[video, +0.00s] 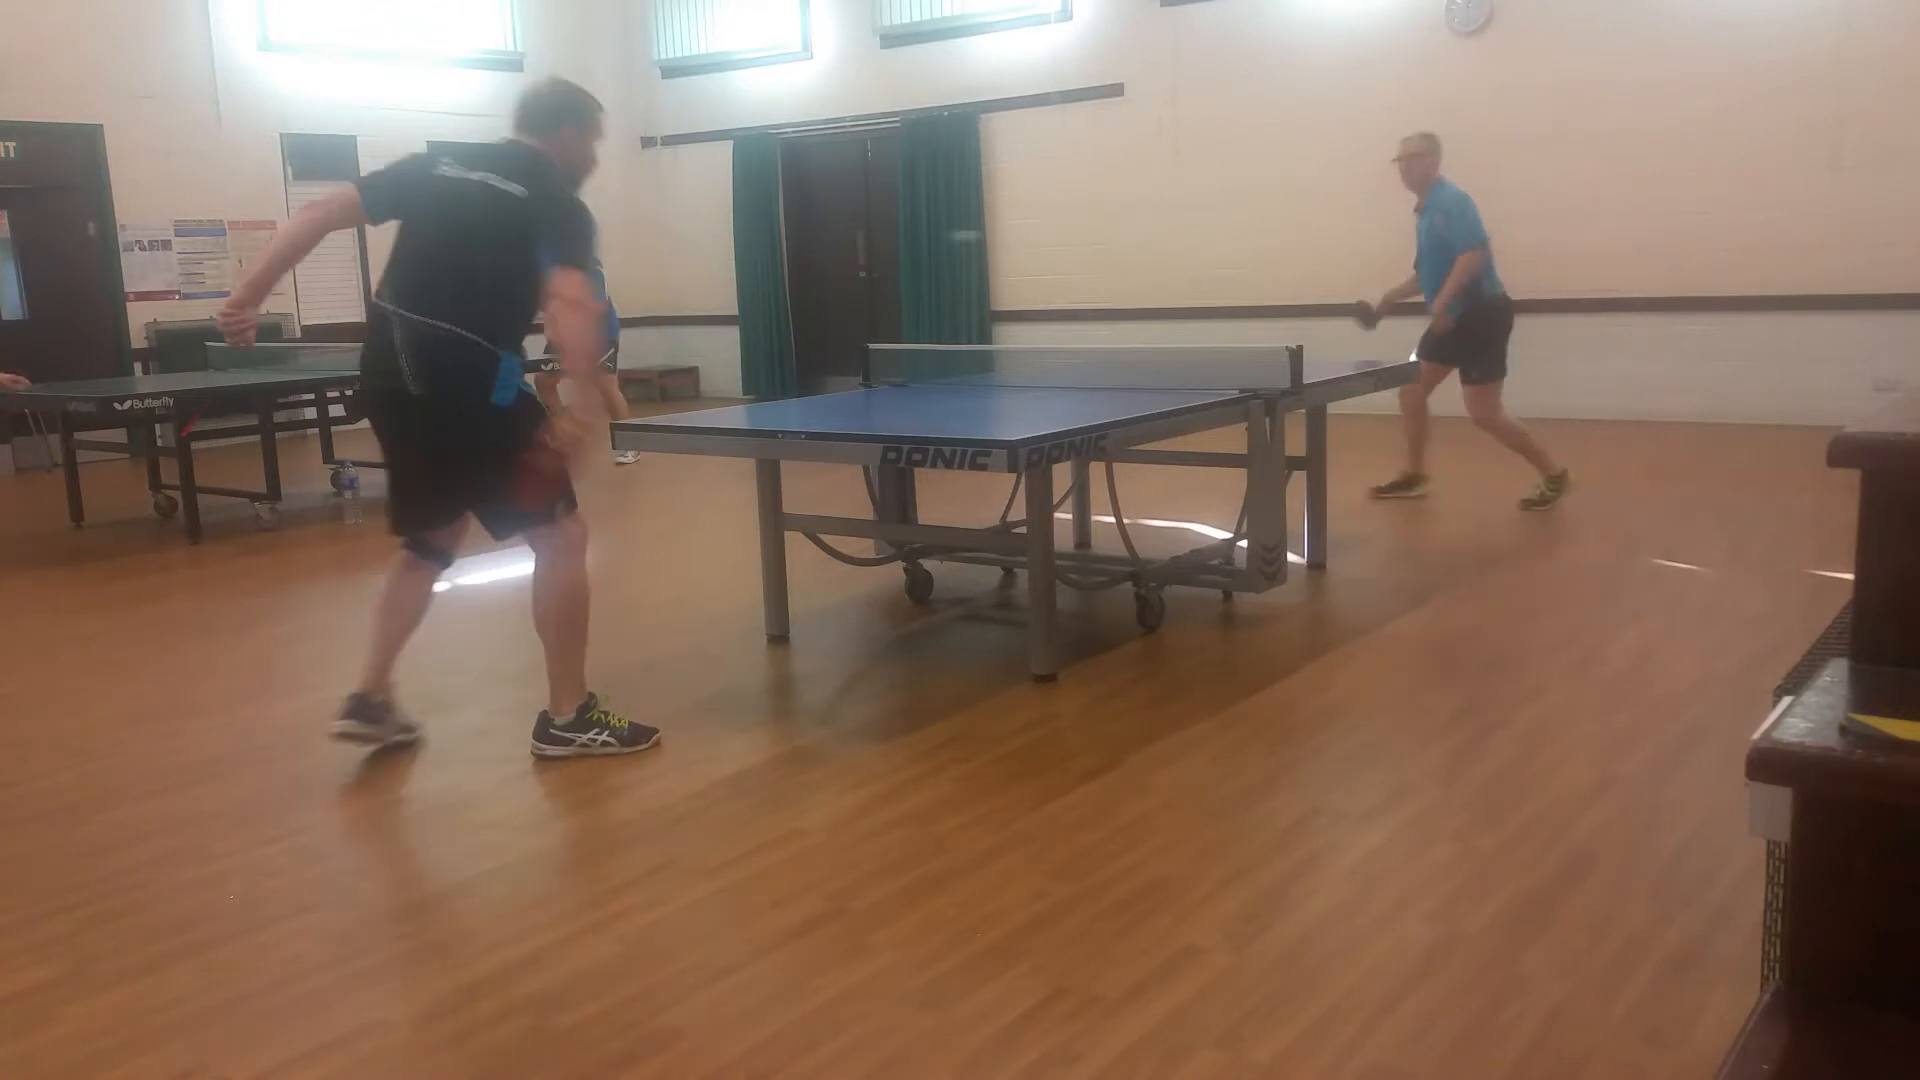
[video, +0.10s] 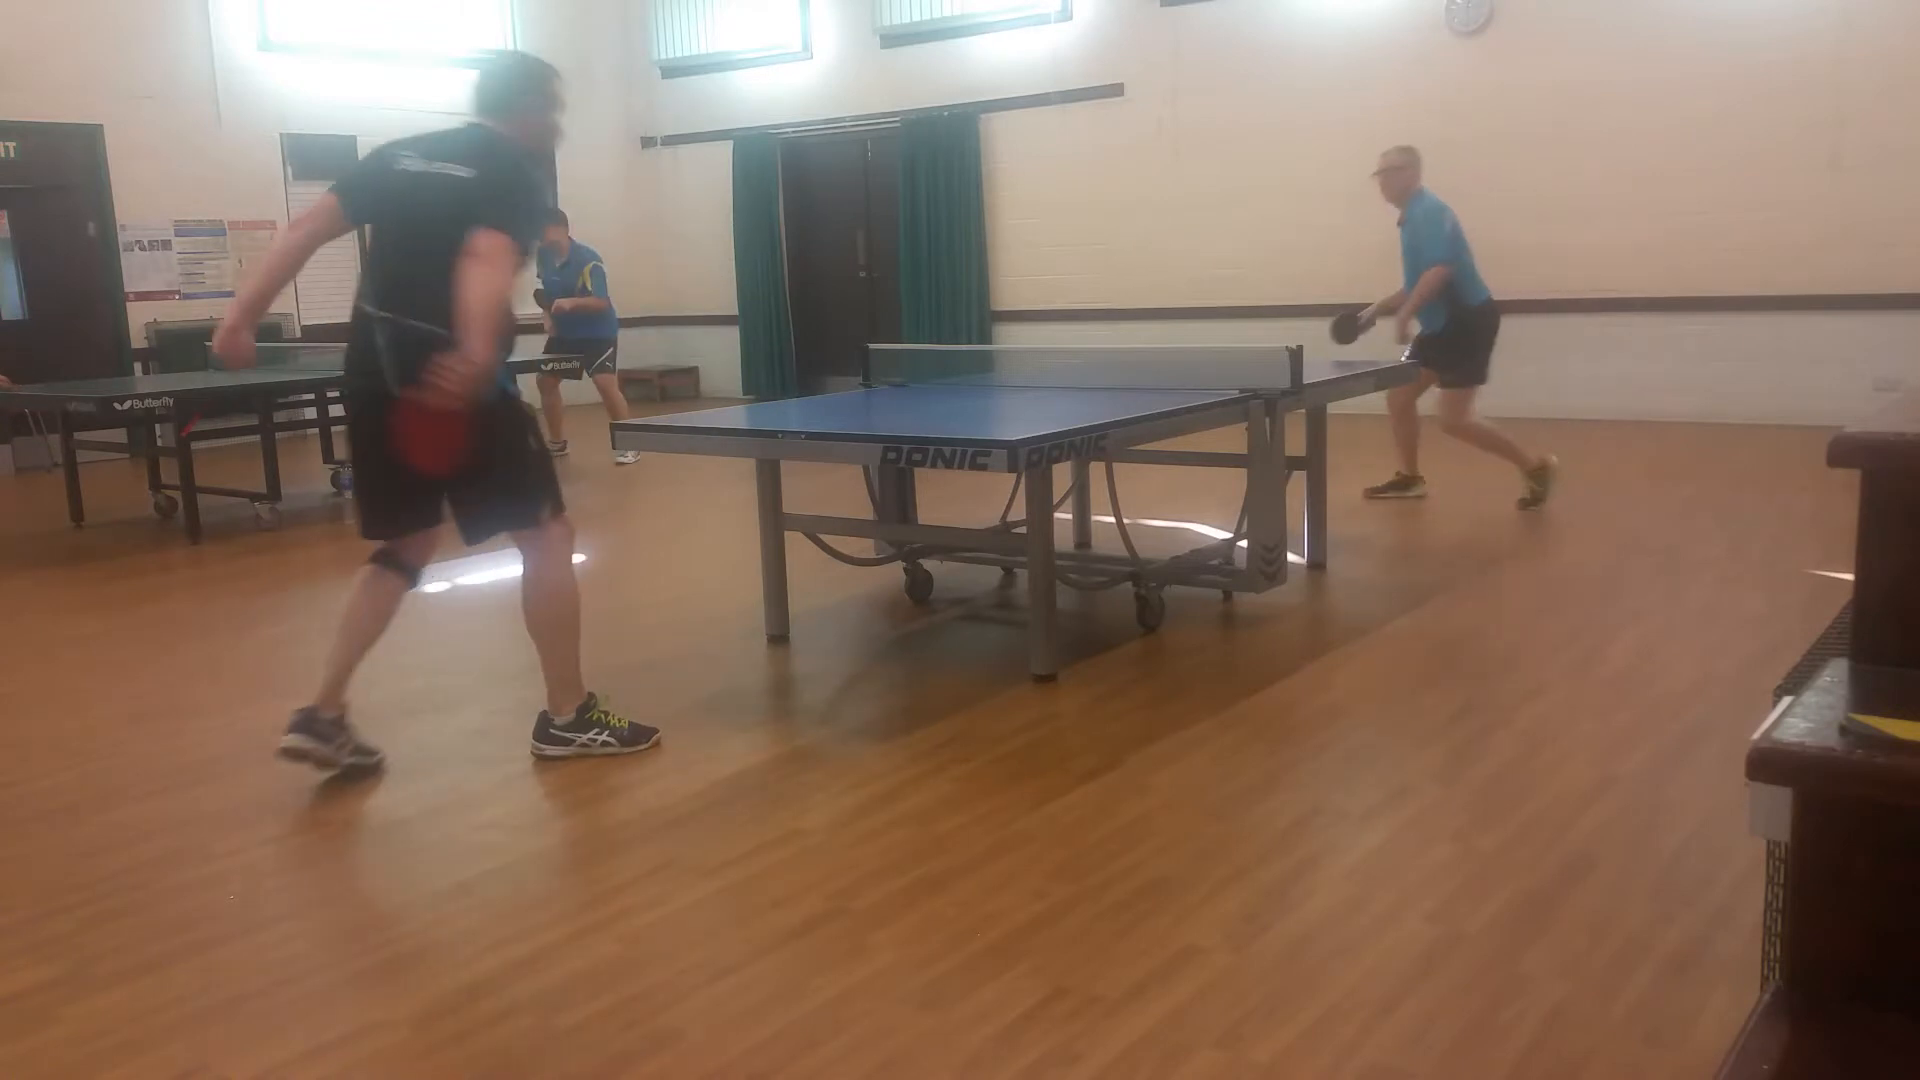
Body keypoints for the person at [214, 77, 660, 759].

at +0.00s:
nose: (595, 159)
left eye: (597, 146)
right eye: (593, 144)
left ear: (523, 128)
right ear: (568, 137)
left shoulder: (442, 162)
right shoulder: (560, 204)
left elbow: (322, 210)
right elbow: (567, 299)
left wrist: (248, 293)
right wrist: (583, 399)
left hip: (390, 382)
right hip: (475, 386)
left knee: (432, 537)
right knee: (561, 535)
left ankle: (371, 696)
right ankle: (569, 712)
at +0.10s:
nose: (558, 131)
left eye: (558, 115)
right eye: (554, 115)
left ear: (483, 105)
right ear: (530, 112)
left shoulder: (401, 155)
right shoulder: (515, 170)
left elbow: (306, 225)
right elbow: (485, 257)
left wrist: (240, 314)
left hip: (372, 384)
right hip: (461, 383)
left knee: (408, 541)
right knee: (547, 535)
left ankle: (324, 712)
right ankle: (569, 712)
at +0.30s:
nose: (455, 107)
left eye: (451, 94)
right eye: (448, 94)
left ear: (374, 97)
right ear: (424, 97)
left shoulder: (315, 175)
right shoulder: (408, 163)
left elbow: (275, 291)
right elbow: (366, 259)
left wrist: (271, 400)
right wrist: (347, 361)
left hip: (332, 401)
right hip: (405, 402)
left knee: (342, 568)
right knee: (500, 544)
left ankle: (291, 758)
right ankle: (559, 713)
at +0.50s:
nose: (378, 76)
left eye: (372, 60)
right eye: (366, 60)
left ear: (298, 65)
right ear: (333, 65)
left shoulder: (256, 143)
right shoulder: (329, 144)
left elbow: (272, 287)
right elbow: (352, 283)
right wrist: (421, 397)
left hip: (281, 398)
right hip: (351, 393)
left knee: (308, 567)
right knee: (454, 542)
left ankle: (288, 762)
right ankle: (498, 735)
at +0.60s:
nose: (352, 66)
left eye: (345, 50)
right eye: (339, 50)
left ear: (269, 61)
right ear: (306, 58)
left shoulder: (233, 144)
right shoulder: (319, 146)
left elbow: (289, 273)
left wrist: (395, 268)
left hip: (271, 394)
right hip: (346, 394)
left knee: (302, 567)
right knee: (435, 546)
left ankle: (285, 763)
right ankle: (434, 759)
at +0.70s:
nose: (340, 64)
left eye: (334, 48)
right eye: (328, 48)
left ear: (253, 60)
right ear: (300, 56)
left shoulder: (221, 144)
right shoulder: (316, 145)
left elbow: (308, 241)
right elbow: (395, 263)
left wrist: (370, 171)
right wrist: (496, 305)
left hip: (271, 396)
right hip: (346, 397)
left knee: (303, 568)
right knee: (396, 566)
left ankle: (288, 764)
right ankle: (380, 783)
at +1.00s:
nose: (347, 59)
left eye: (338, 44)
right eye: (336, 43)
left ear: (263, 59)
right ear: (315, 51)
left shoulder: (235, 148)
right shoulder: (341, 138)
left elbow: (306, 251)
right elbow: (410, 260)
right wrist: (498, 274)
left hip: (300, 394)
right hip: (377, 397)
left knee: (309, 578)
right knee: (380, 586)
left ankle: (290, 763)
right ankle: (377, 787)